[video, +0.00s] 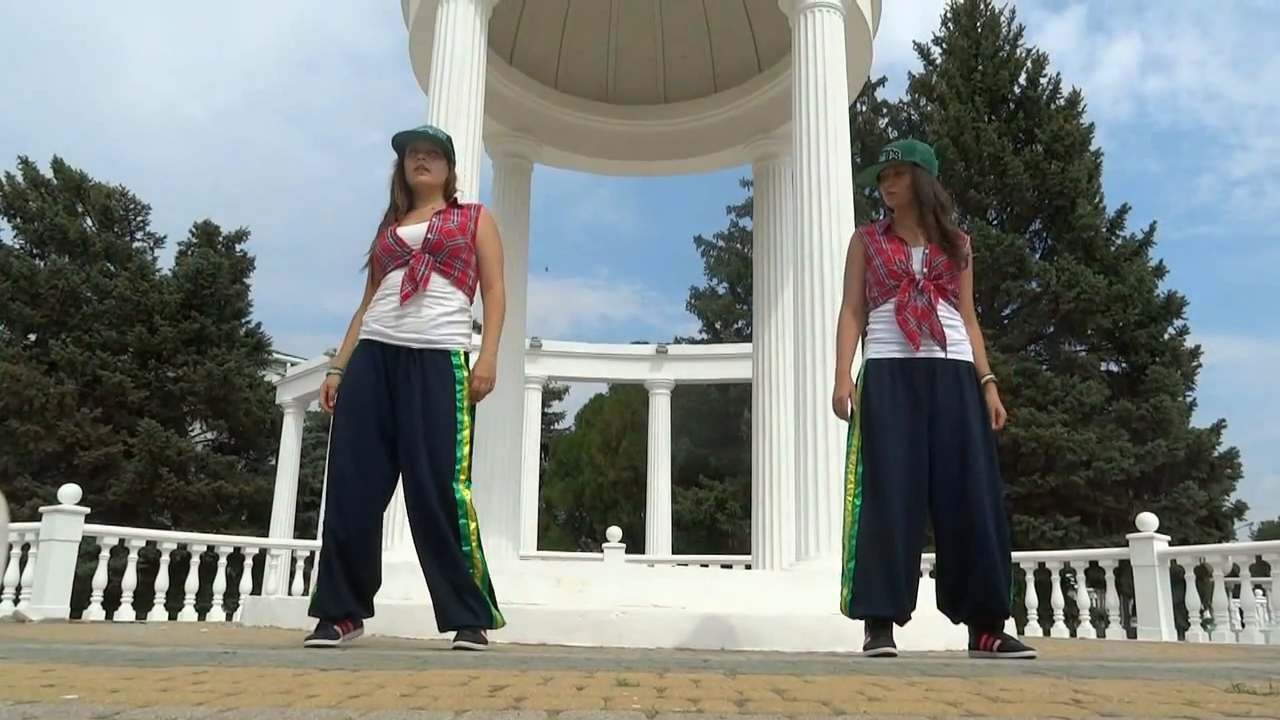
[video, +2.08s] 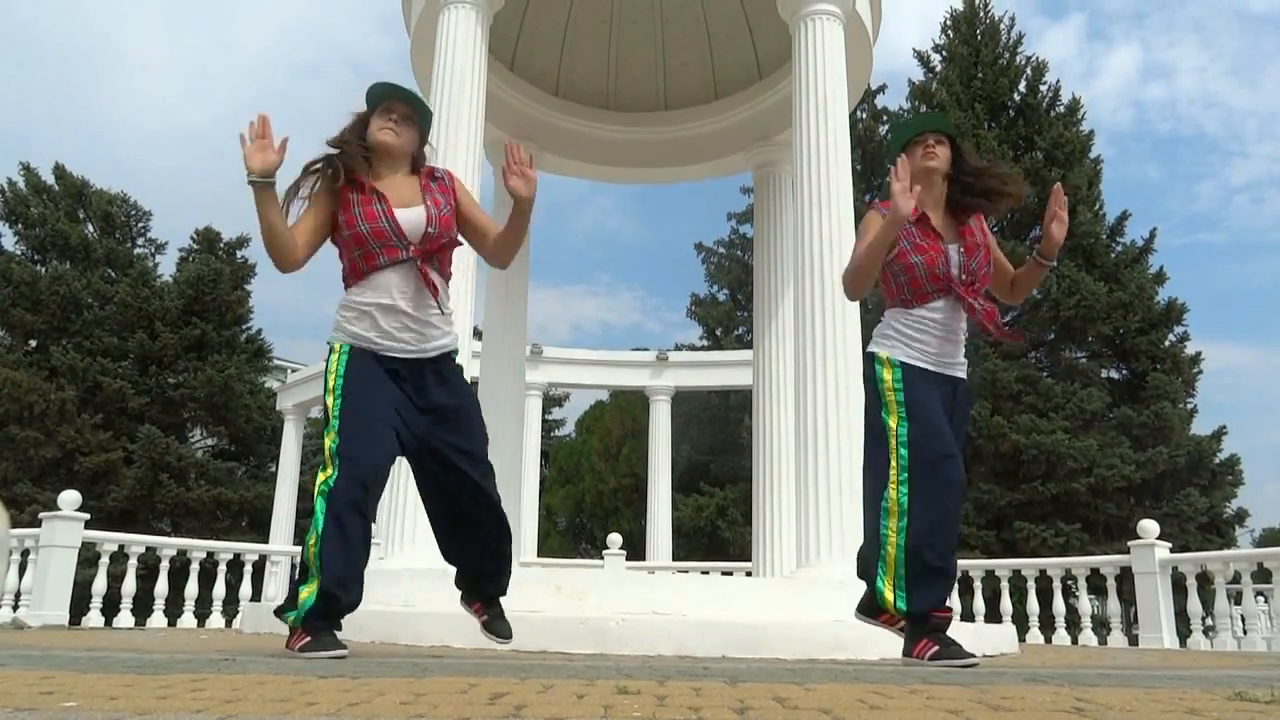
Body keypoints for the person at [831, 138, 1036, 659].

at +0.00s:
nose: (886, 184)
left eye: (896, 174)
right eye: (882, 176)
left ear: (923, 180)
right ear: (880, 184)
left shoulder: (955, 242)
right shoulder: (867, 240)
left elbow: (967, 314)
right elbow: (852, 311)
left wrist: (987, 380)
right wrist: (843, 375)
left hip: (954, 379)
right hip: (890, 379)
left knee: (973, 496)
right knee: (890, 499)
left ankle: (986, 630)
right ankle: (880, 626)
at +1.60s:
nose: (922, 183)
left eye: (930, 176)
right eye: (912, 178)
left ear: (944, 188)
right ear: (898, 192)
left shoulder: (963, 247)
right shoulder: (878, 242)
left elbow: (975, 326)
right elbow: (838, 311)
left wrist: (996, 319)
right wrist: (879, 334)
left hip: (963, 386)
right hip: (902, 386)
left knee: (972, 506)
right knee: (917, 496)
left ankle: (936, 632)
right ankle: (890, 626)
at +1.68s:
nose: (927, 195)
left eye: (936, 189)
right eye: (917, 191)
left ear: (950, 204)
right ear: (904, 208)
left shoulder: (968, 263)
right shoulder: (885, 257)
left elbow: (985, 349)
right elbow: (856, 335)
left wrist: (995, 324)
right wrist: (929, 326)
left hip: (962, 397)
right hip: (899, 395)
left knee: (977, 507)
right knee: (943, 491)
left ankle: (939, 635)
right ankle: (904, 611)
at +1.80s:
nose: (927, 177)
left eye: (936, 172)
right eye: (917, 173)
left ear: (949, 190)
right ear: (902, 193)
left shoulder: (965, 243)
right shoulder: (887, 240)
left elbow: (993, 320)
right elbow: (899, 311)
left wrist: (999, 275)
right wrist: (971, 268)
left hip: (955, 383)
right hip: (900, 381)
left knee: (969, 489)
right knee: (938, 482)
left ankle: (938, 627)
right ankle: (926, 622)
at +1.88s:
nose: (921, 148)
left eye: (930, 143)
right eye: (911, 144)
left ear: (948, 162)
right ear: (895, 163)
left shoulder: (969, 213)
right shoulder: (883, 211)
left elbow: (1014, 276)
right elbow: (876, 278)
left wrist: (1021, 237)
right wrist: (926, 222)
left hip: (958, 363)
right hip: (905, 359)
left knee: (963, 481)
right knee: (927, 475)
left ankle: (935, 610)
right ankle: (931, 613)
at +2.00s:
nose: (924, 143)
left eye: (933, 138)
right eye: (913, 139)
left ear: (948, 156)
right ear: (897, 159)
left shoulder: (972, 213)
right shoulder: (885, 215)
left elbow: (1013, 262)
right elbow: (830, 271)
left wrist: (1057, 227)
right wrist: (840, 203)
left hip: (957, 370)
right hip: (902, 366)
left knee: (933, 484)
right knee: (927, 483)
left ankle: (889, 592)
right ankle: (925, 629)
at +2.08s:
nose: (930, 147)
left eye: (939, 141)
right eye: (919, 142)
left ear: (955, 160)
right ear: (902, 162)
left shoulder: (972, 222)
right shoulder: (886, 213)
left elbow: (1011, 290)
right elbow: (855, 286)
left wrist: (1048, 251)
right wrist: (895, 217)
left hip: (950, 370)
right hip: (901, 363)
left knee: (936, 480)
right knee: (937, 475)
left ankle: (884, 596)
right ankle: (924, 630)